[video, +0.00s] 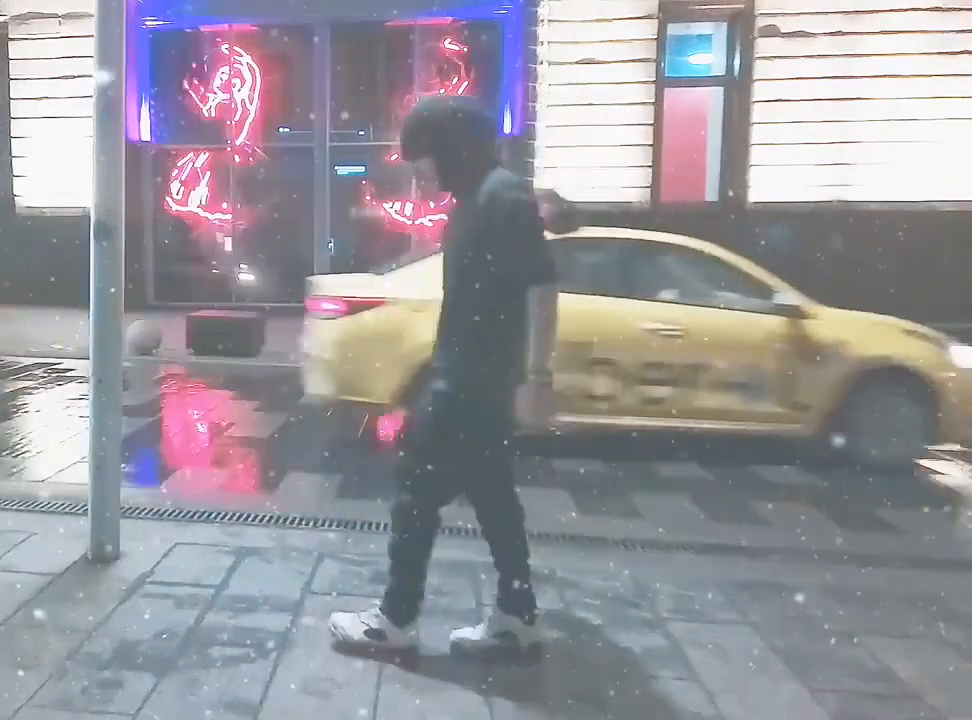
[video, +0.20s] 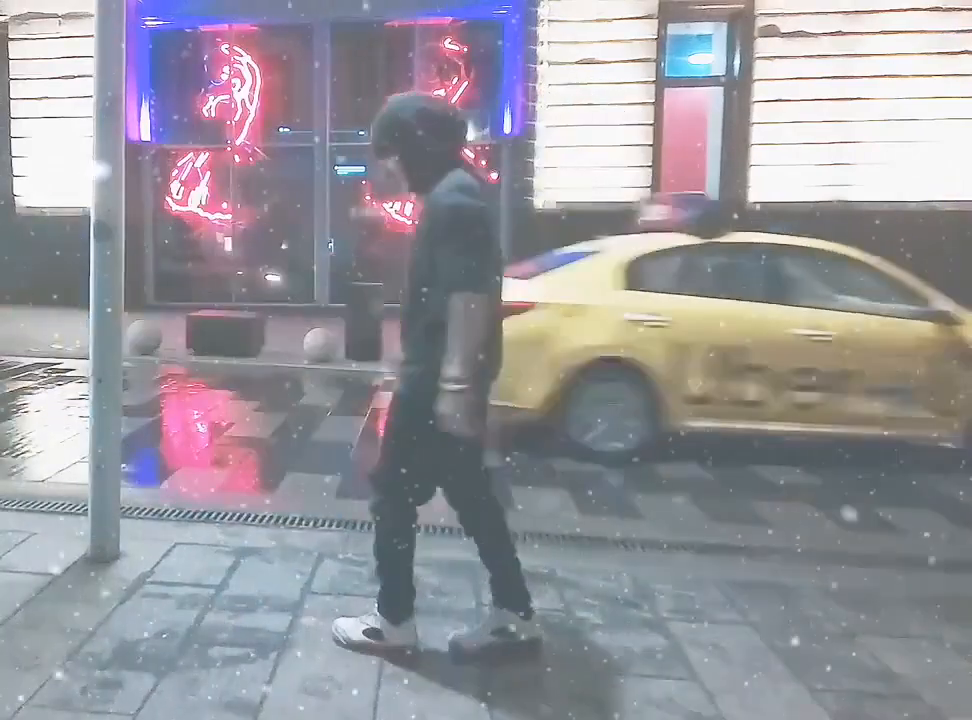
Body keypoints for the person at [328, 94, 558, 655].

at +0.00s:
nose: (426, 174)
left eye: (429, 160)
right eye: (421, 162)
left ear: (459, 149)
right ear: (461, 151)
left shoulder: (506, 201)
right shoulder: (478, 202)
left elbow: (543, 291)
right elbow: (465, 308)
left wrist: (539, 381)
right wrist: (424, 373)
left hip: (476, 378)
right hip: (464, 376)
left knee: (416, 489)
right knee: (494, 493)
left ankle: (396, 621)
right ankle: (515, 615)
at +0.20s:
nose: (384, 171)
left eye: (386, 157)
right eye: (381, 159)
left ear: (415, 147)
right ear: (426, 145)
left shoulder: (454, 205)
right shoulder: (453, 199)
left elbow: (468, 300)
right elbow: (458, 301)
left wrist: (457, 382)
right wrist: (416, 371)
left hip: (434, 381)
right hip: (450, 377)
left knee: (391, 490)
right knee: (471, 492)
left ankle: (394, 621)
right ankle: (514, 614)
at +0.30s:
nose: (370, 166)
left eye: (375, 153)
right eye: (370, 154)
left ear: (406, 148)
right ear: (420, 145)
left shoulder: (438, 202)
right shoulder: (453, 196)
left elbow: (440, 303)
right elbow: (453, 302)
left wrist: (415, 383)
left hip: (426, 379)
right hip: (451, 376)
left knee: (385, 494)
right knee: (460, 494)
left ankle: (394, 622)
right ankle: (511, 613)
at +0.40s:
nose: (362, 159)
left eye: (365, 146)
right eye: (361, 147)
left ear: (389, 142)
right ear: (417, 138)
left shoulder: (408, 196)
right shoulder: (451, 190)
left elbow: (384, 291)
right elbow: (458, 290)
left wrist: (346, 358)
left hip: (409, 357)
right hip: (448, 355)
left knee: (379, 485)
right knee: (422, 480)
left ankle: (392, 620)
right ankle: (494, 594)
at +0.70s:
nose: (339, 150)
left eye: (341, 139)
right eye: (340, 139)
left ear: (354, 139)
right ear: (399, 135)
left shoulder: (359, 194)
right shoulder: (438, 196)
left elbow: (322, 279)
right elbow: (460, 289)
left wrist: (277, 328)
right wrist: (434, 342)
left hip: (371, 360)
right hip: (425, 359)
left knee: (369, 479)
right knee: (396, 463)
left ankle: (392, 616)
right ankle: (424, 570)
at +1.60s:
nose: (339, 182)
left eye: (338, 170)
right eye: (334, 172)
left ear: (357, 156)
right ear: (374, 152)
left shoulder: (383, 200)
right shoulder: (407, 193)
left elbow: (380, 285)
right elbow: (403, 283)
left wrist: (345, 351)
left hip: (387, 351)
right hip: (408, 349)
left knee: (343, 454)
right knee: (387, 453)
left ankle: (401, 557)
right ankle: (387, 566)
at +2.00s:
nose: (360, 184)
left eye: (363, 171)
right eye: (357, 173)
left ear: (388, 161)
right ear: (384, 164)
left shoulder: (430, 211)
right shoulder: (401, 208)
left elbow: (439, 296)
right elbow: (385, 287)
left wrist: (430, 367)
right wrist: (353, 335)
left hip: (408, 360)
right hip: (389, 356)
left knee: (401, 463)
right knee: (401, 462)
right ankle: (384, 569)